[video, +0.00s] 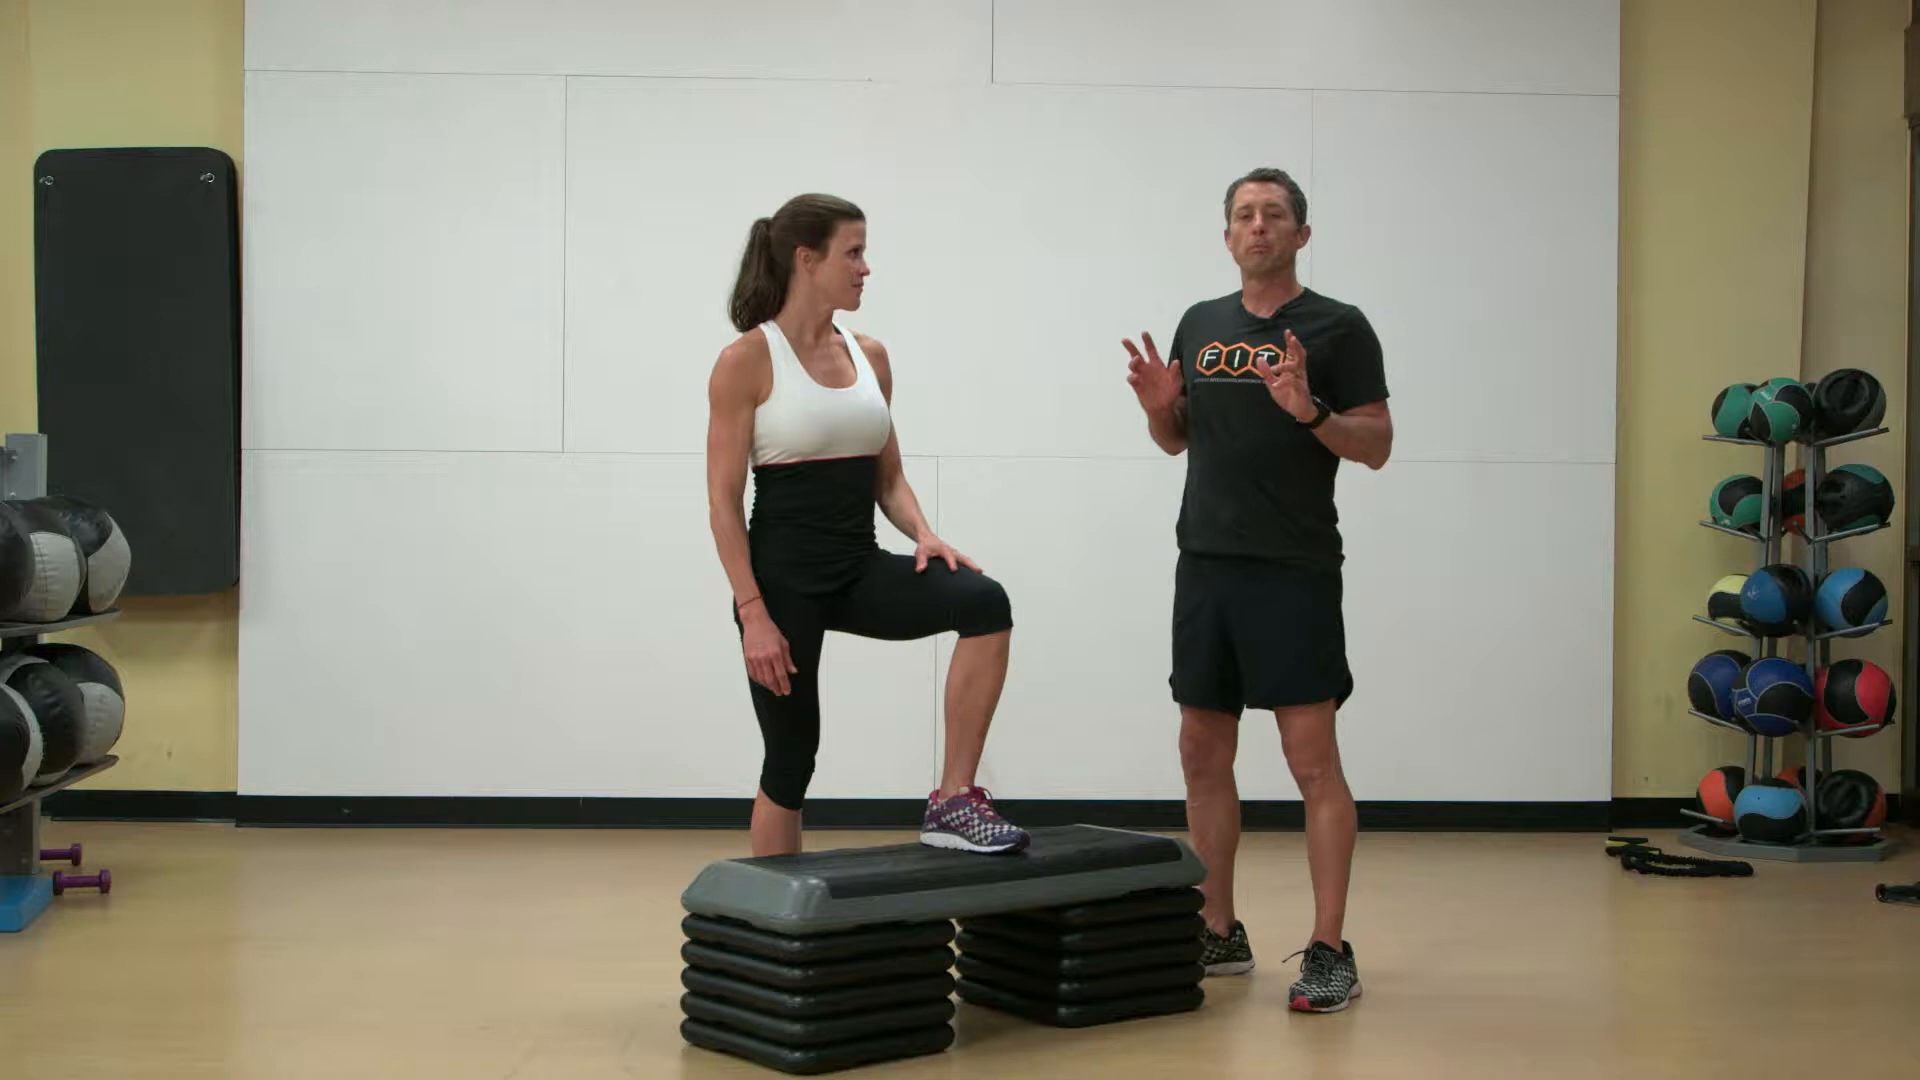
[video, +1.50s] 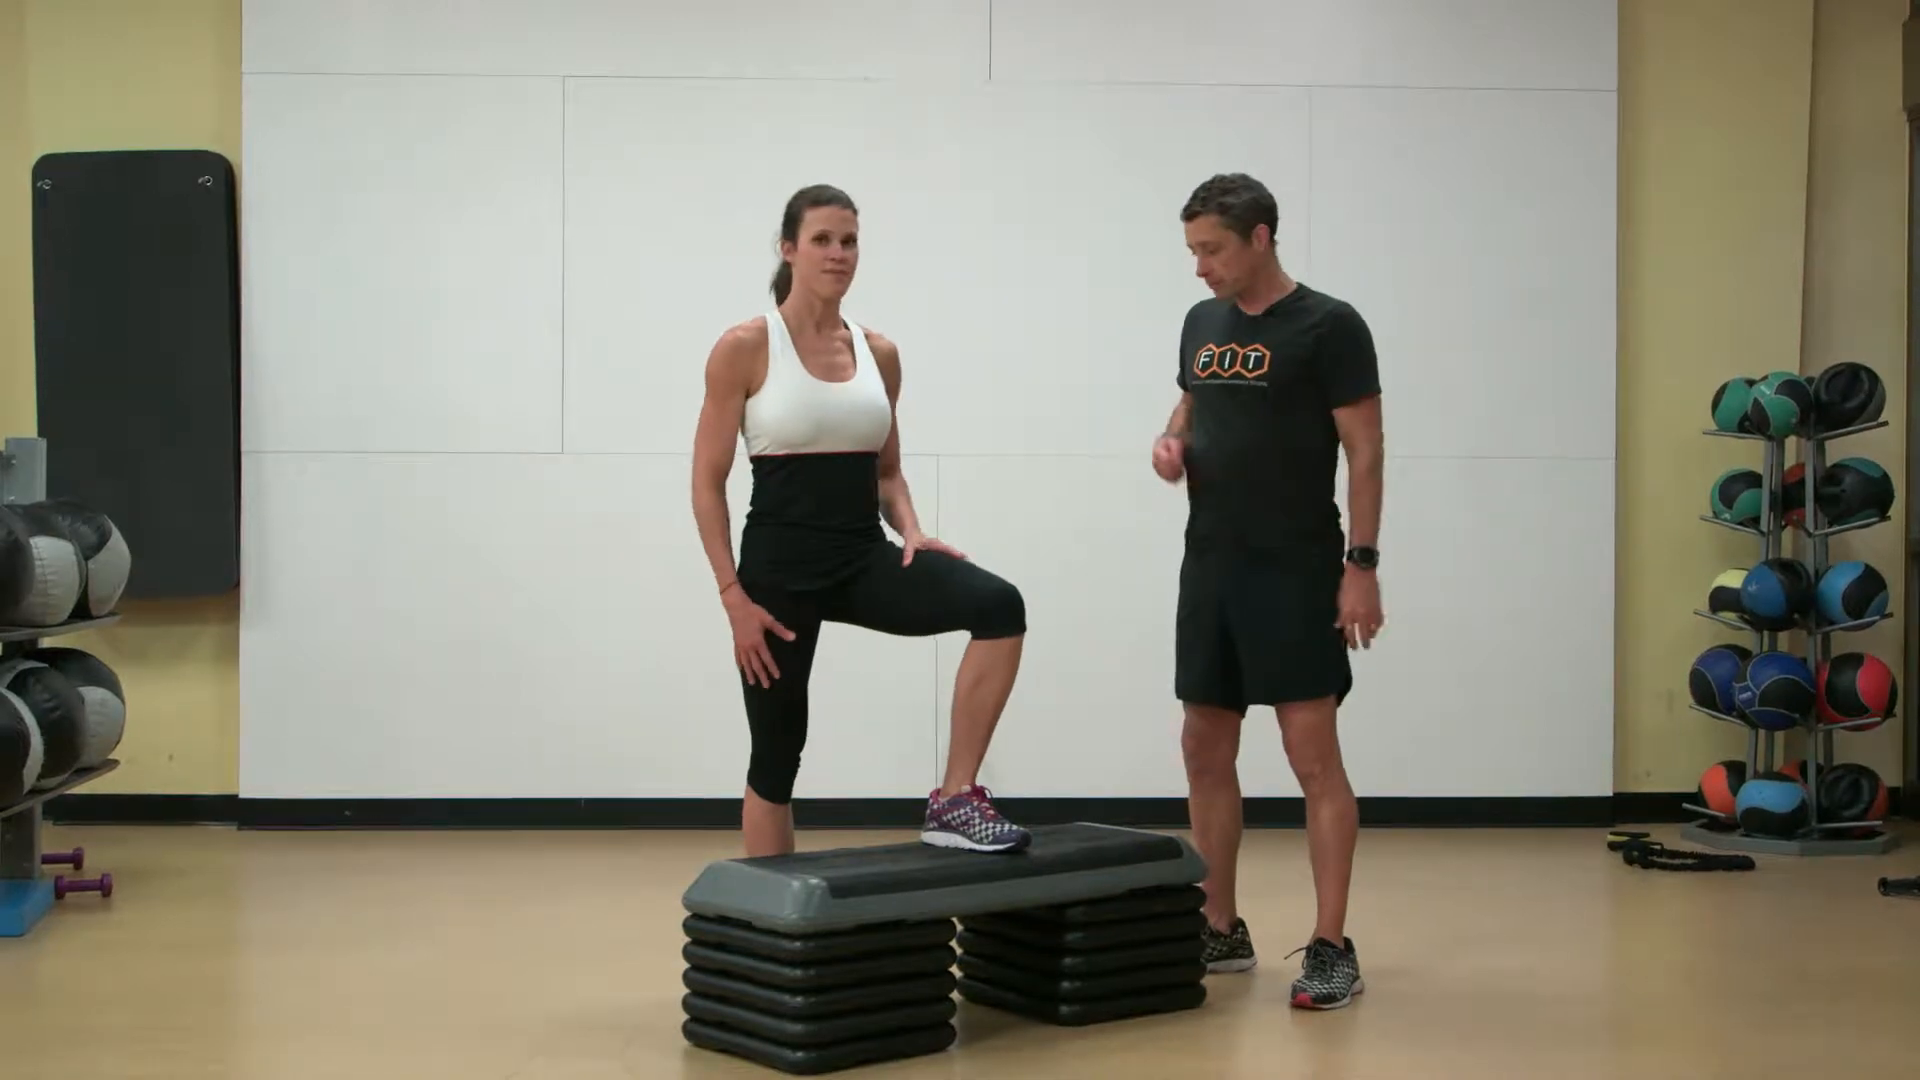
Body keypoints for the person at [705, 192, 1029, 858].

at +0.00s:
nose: (865, 268)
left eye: (865, 254)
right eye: (853, 254)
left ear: (815, 259)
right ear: (805, 258)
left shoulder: (868, 357)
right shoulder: (746, 363)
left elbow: (889, 476)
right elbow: (723, 504)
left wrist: (925, 533)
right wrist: (752, 612)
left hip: (856, 570)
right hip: (781, 579)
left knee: (984, 604)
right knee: (790, 763)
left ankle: (955, 798)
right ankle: (772, 932)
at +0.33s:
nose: (868, 265)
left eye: (867, 251)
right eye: (856, 252)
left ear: (817, 258)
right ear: (807, 257)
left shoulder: (873, 356)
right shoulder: (748, 361)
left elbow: (897, 482)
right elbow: (724, 502)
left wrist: (947, 555)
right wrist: (752, 611)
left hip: (860, 569)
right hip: (784, 578)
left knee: (986, 604)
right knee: (790, 764)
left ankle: (955, 798)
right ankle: (772, 932)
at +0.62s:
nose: (867, 259)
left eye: (868, 246)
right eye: (853, 247)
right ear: (805, 254)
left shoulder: (877, 356)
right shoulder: (751, 357)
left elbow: (893, 477)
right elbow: (722, 496)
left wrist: (913, 566)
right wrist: (749, 608)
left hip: (864, 565)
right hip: (787, 572)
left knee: (991, 608)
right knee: (787, 763)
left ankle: (956, 798)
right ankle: (773, 932)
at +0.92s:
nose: (852, 256)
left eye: (859, 243)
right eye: (835, 243)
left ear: (866, 252)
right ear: (796, 254)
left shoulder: (882, 355)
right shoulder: (752, 351)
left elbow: (895, 466)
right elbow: (700, 480)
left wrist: (909, 537)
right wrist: (738, 583)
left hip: (866, 563)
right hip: (787, 571)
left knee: (1001, 608)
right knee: (785, 762)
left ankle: (957, 798)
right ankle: (770, 929)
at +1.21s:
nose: (847, 256)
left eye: (857, 243)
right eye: (830, 242)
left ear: (866, 254)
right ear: (795, 252)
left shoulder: (884, 357)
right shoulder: (749, 349)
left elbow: (903, 464)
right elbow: (695, 475)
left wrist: (912, 531)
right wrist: (733, 576)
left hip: (865, 561)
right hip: (783, 569)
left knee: (1007, 608)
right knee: (781, 762)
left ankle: (957, 797)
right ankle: (767, 934)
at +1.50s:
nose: (839, 254)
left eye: (849, 242)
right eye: (823, 241)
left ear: (860, 252)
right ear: (789, 250)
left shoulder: (878, 356)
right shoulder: (746, 349)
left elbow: (889, 470)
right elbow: (707, 484)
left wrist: (912, 532)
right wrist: (732, 597)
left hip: (860, 561)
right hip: (779, 568)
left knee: (999, 606)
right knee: (775, 766)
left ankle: (956, 797)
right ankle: (768, 934)